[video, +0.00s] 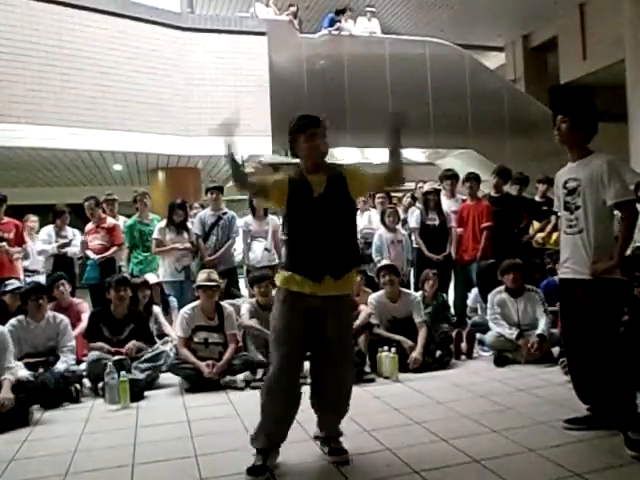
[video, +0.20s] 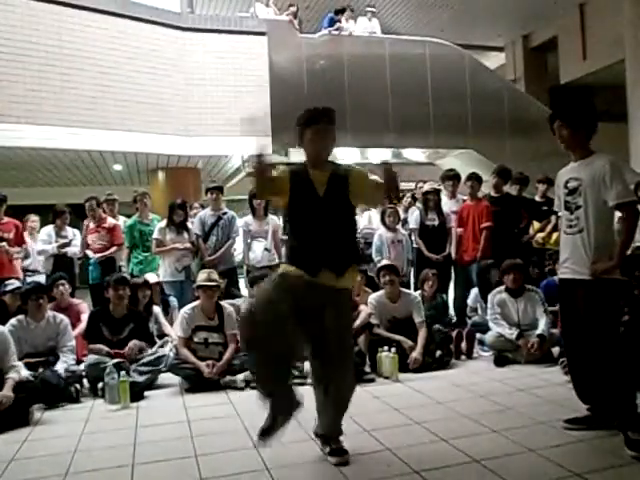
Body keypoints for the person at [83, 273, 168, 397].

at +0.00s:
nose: (122, 294)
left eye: (125, 290)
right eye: (117, 291)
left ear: (130, 293)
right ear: (109, 295)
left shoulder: (139, 317)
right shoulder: (97, 316)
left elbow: (151, 347)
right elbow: (90, 345)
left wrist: (137, 344)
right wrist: (102, 346)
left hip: (135, 358)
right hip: (107, 359)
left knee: (165, 353)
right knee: (94, 359)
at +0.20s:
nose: (121, 293)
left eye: (124, 289)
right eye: (116, 289)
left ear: (129, 292)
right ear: (107, 293)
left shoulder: (138, 316)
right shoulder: (97, 315)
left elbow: (151, 347)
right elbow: (90, 346)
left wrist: (138, 344)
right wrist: (101, 349)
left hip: (134, 359)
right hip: (107, 360)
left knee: (165, 355)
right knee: (91, 362)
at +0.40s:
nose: (120, 293)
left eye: (123, 289)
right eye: (115, 289)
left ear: (128, 292)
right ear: (106, 293)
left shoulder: (138, 316)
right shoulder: (95, 316)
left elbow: (151, 346)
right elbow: (90, 347)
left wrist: (139, 345)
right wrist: (102, 350)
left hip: (133, 359)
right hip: (106, 360)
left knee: (165, 355)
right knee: (90, 364)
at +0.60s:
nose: (117, 292)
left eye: (120, 288)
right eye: (112, 288)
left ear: (126, 292)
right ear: (104, 294)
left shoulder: (136, 315)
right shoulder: (95, 316)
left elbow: (150, 344)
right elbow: (89, 349)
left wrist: (138, 346)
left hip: (133, 360)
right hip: (106, 362)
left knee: (164, 355)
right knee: (90, 365)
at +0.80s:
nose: (116, 292)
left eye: (120, 288)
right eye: (111, 289)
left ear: (125, 292)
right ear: (102, 296)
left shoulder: (135, 315)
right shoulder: (95, 317)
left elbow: (150, 342)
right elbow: (89, 350)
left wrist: (140, 347)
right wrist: (106, 351)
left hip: (134, 360)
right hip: (107, 363)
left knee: (164, 356)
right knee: (89, 368)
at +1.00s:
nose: (117, 293)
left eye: (119, 289)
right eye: (111, 291)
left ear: (124, 292)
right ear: (102, 297)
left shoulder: (136, 315)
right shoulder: (94, 318)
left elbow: (152, 341)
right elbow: (88, 350)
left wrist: (141, 347)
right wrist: (108, 352)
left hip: (135, 360)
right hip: (107, 364)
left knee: (163, 356)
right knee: (87, 368)